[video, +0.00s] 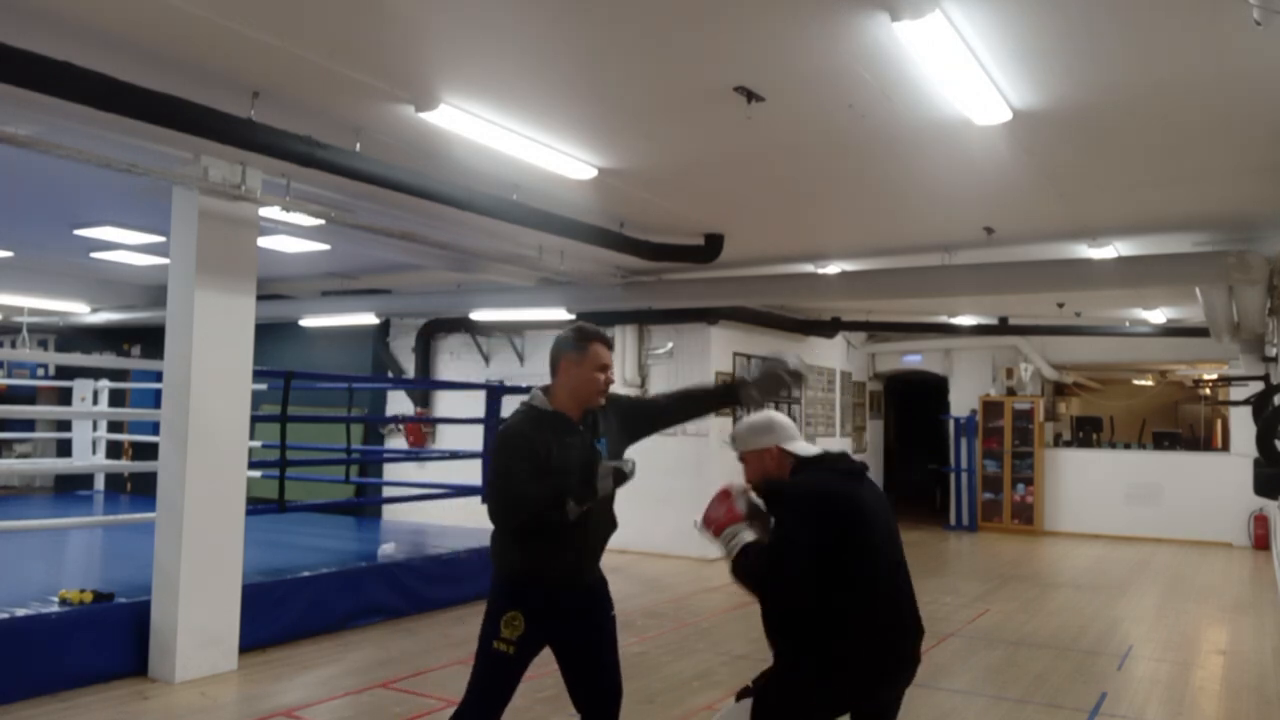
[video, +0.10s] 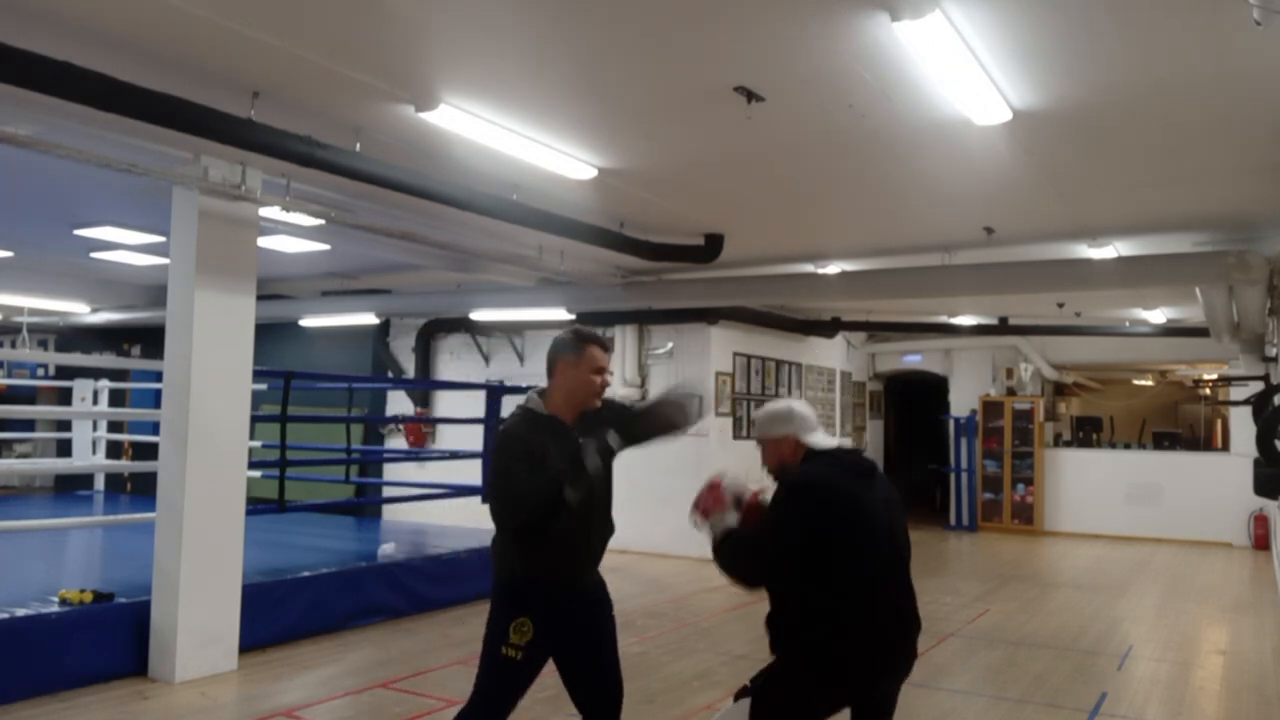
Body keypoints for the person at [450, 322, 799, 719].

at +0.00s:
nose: (610, 379)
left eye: (611, 370)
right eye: (601, 368)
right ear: (565, 367)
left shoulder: (608, 419)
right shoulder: (518, 435)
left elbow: (669, 409)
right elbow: (510, 517)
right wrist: (579, 499)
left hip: (583, 590)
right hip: (522, 592)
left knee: (602, 708)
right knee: (481, 709)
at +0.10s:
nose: (606, 383)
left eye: (607, 374)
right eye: (597, 372)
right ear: (561, 370)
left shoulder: (602, 421)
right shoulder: (518, 436)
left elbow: (648, 420)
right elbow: (514, 522)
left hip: (582, 587)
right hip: (526, 593)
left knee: (604, 706)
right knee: (488, 708)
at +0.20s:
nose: (594, 384)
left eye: (595, 374)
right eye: (584, 374)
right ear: (549, 375)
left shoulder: (589, 430)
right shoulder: (513, 431)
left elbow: (625, 484)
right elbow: (512, 512)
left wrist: (601, 504)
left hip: (575, 588)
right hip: (518, 593)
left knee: (600, 704)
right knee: (487, 708)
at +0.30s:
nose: (578, 393)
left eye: (580, 384)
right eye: (571, 382)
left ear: (543, 380)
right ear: (536, 378)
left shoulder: (562, 435)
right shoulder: (501, 434)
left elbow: (581, 496)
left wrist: (607, 533)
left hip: (558, 589)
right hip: (502, 593)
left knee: (591, 701)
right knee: (474, 709)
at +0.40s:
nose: (564, 393)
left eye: (565, 384)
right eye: (555, 383)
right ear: (519, 379)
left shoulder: (554, 434)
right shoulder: (485, 437)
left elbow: (578, 478)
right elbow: (531, 488)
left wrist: (629, 495)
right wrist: (593, 453)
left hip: (546, 592)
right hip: (487, 597)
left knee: (580, 699)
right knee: (465, 710)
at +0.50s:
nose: (560, 390)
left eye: (561, 381)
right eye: (553, 380)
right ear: (517, 374)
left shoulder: (555, 426)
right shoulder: (468, 440)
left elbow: (605, 454)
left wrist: (663, 455)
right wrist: (544, 469)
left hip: (540, 590)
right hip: (481, 594)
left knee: (561, 696)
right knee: (459, 708)